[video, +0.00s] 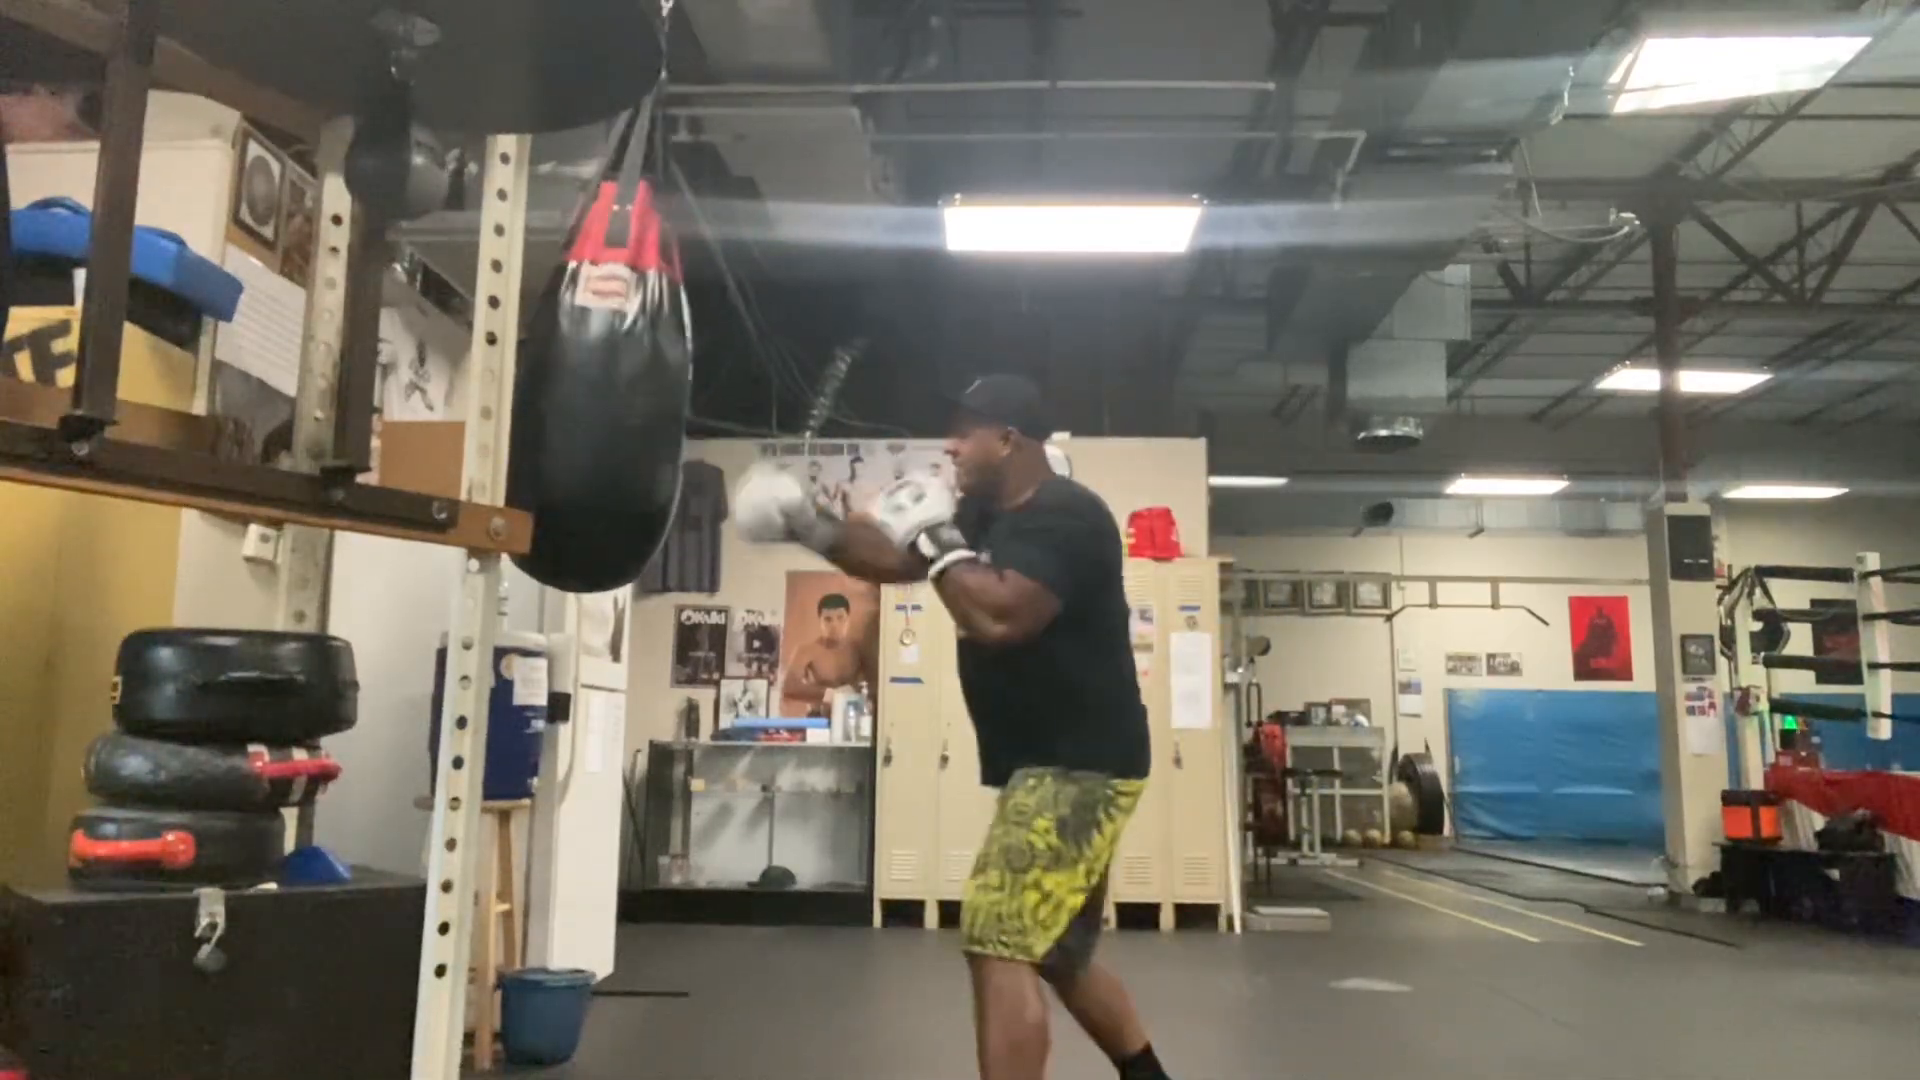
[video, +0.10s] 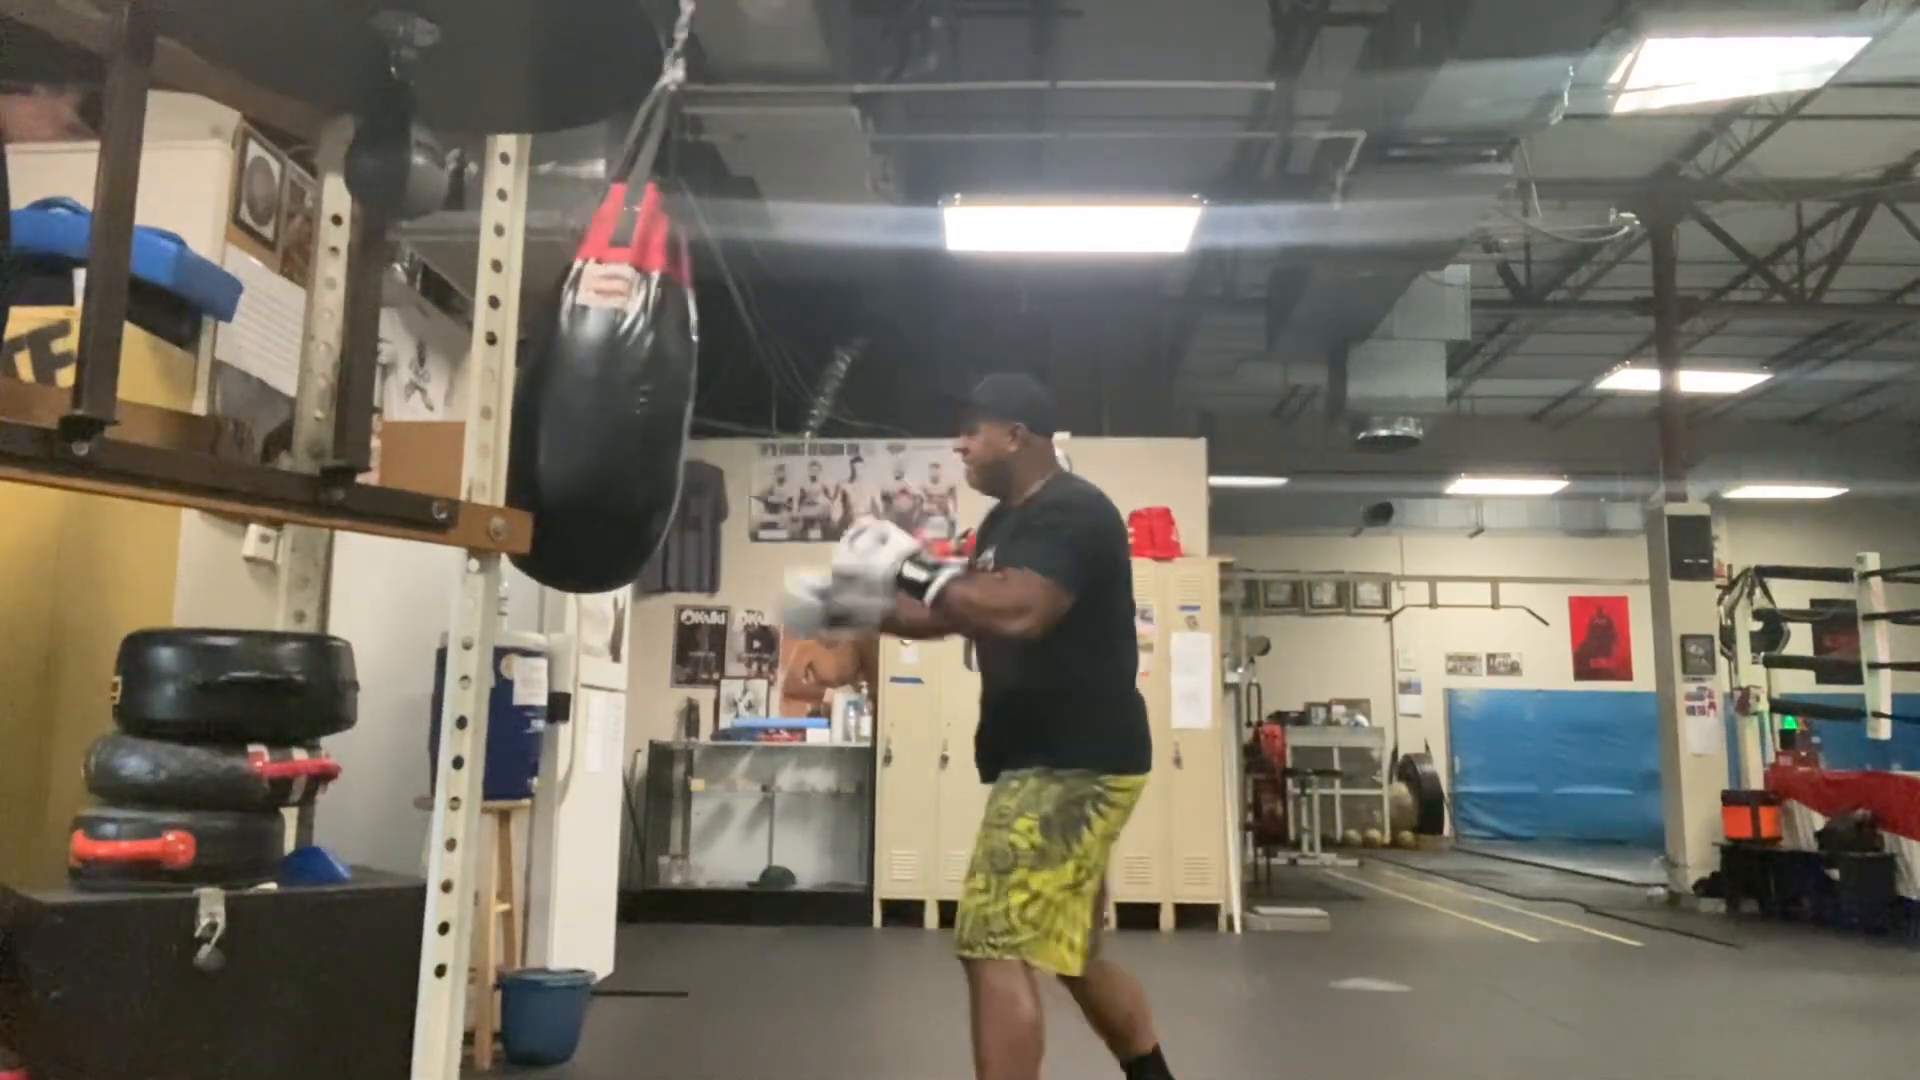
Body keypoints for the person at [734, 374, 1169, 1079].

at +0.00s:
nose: (951, 450)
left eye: (965, 435)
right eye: (952, 436)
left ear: (1012, 439)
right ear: (1006, 443)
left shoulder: (1070, 516)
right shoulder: (983, 514)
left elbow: (999, 617)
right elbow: (895, 557)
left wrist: (936, 539)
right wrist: (812, 523)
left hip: (1081, 763)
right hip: (1040, 764)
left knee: (997, 931)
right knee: (1062, 953)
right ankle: (1148, 1073)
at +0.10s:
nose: (960, 446)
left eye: (972, 431)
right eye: (961, 432)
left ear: (1019, 435)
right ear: (1010, 439)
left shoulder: (1075, 510)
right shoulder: (1000, 525)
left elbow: (1023, 605)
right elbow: (948, 616)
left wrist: (920, 572)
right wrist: (864, 610)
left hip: (1073, 762)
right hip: (1040, 762)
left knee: (994, 942)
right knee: (1074, 951)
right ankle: (1155, 1076)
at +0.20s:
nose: (948, 443)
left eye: (956, 428)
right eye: (950, 429)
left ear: (998, 430)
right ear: (1013, 435)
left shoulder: (1031, 488)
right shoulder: (1064, 500)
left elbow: (1007, 567)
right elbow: (1038, 629)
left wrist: (931, 526)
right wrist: (943, 619)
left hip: (1053, 746)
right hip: (1117, 742)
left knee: (977, 939)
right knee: (1103, 932)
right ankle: (1161, 1073)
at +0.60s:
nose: (956, 445)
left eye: (970, 430)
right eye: (958, 430)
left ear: (1019, 434)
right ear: (1017, 437)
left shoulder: (1068, 502)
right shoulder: (1010, 508)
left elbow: (1017, 595)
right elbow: (934, 556)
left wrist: (947, 534)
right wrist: (841, 534)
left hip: (1080, 757)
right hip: (1084, 756)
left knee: (1010, 948)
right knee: (1090, 939)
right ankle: (1174, 1070)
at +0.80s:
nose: (966, 423)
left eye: (975, 408)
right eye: (966, 409)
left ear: (1020, 410)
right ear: (1031, 412)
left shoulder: (1033, 482)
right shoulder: (1092, 473)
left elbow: (915, 561)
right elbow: (980, 548)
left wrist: (851, 516)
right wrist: (924, 518)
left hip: (1083, 750)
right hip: (1133, 736)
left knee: (1047, 961)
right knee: (1104, 931)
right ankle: (1183, 1067)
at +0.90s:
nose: (977, 412)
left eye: (991, 400)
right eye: (981, 399)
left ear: (1040, 408)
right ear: (1032, 410)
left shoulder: (1089, 482)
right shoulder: (1017, 469)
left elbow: (1032, 603)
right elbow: (905, 472)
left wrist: (960, 536)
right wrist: (797, 449)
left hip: (1132, 737)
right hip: (1090, 737)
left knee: (1077, 931)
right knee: (1134, 928)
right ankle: (1195, 1073)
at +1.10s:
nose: (1012, 429)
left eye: (1024, 414)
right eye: (1013, 415)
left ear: (1073, 417)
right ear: (1064, 419)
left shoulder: (1132, 493)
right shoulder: (1058, 497)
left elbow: (1062, 598)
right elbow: (1004, 572)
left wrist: (1003, 523)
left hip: (1151, 754)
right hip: (1123, 753)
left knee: (1084, 944)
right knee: (1156, 948)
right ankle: (1209, 1079)